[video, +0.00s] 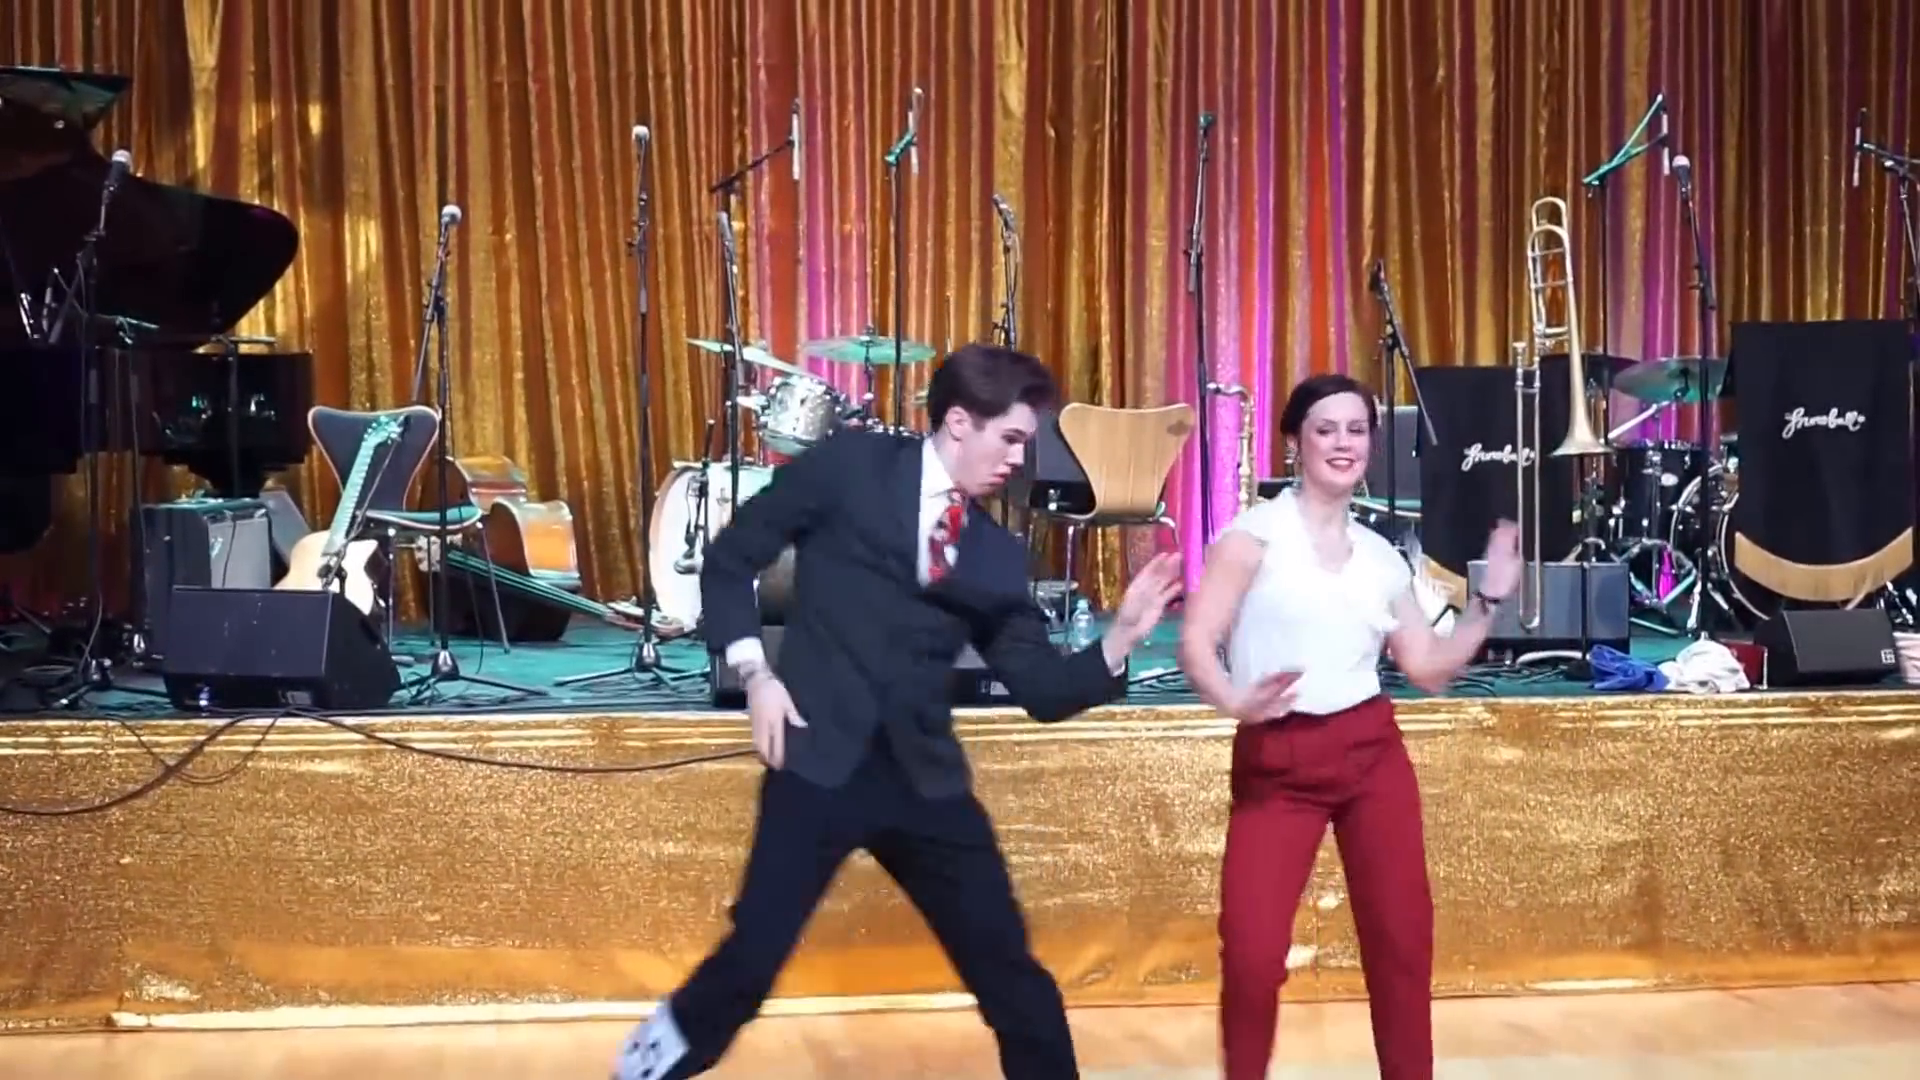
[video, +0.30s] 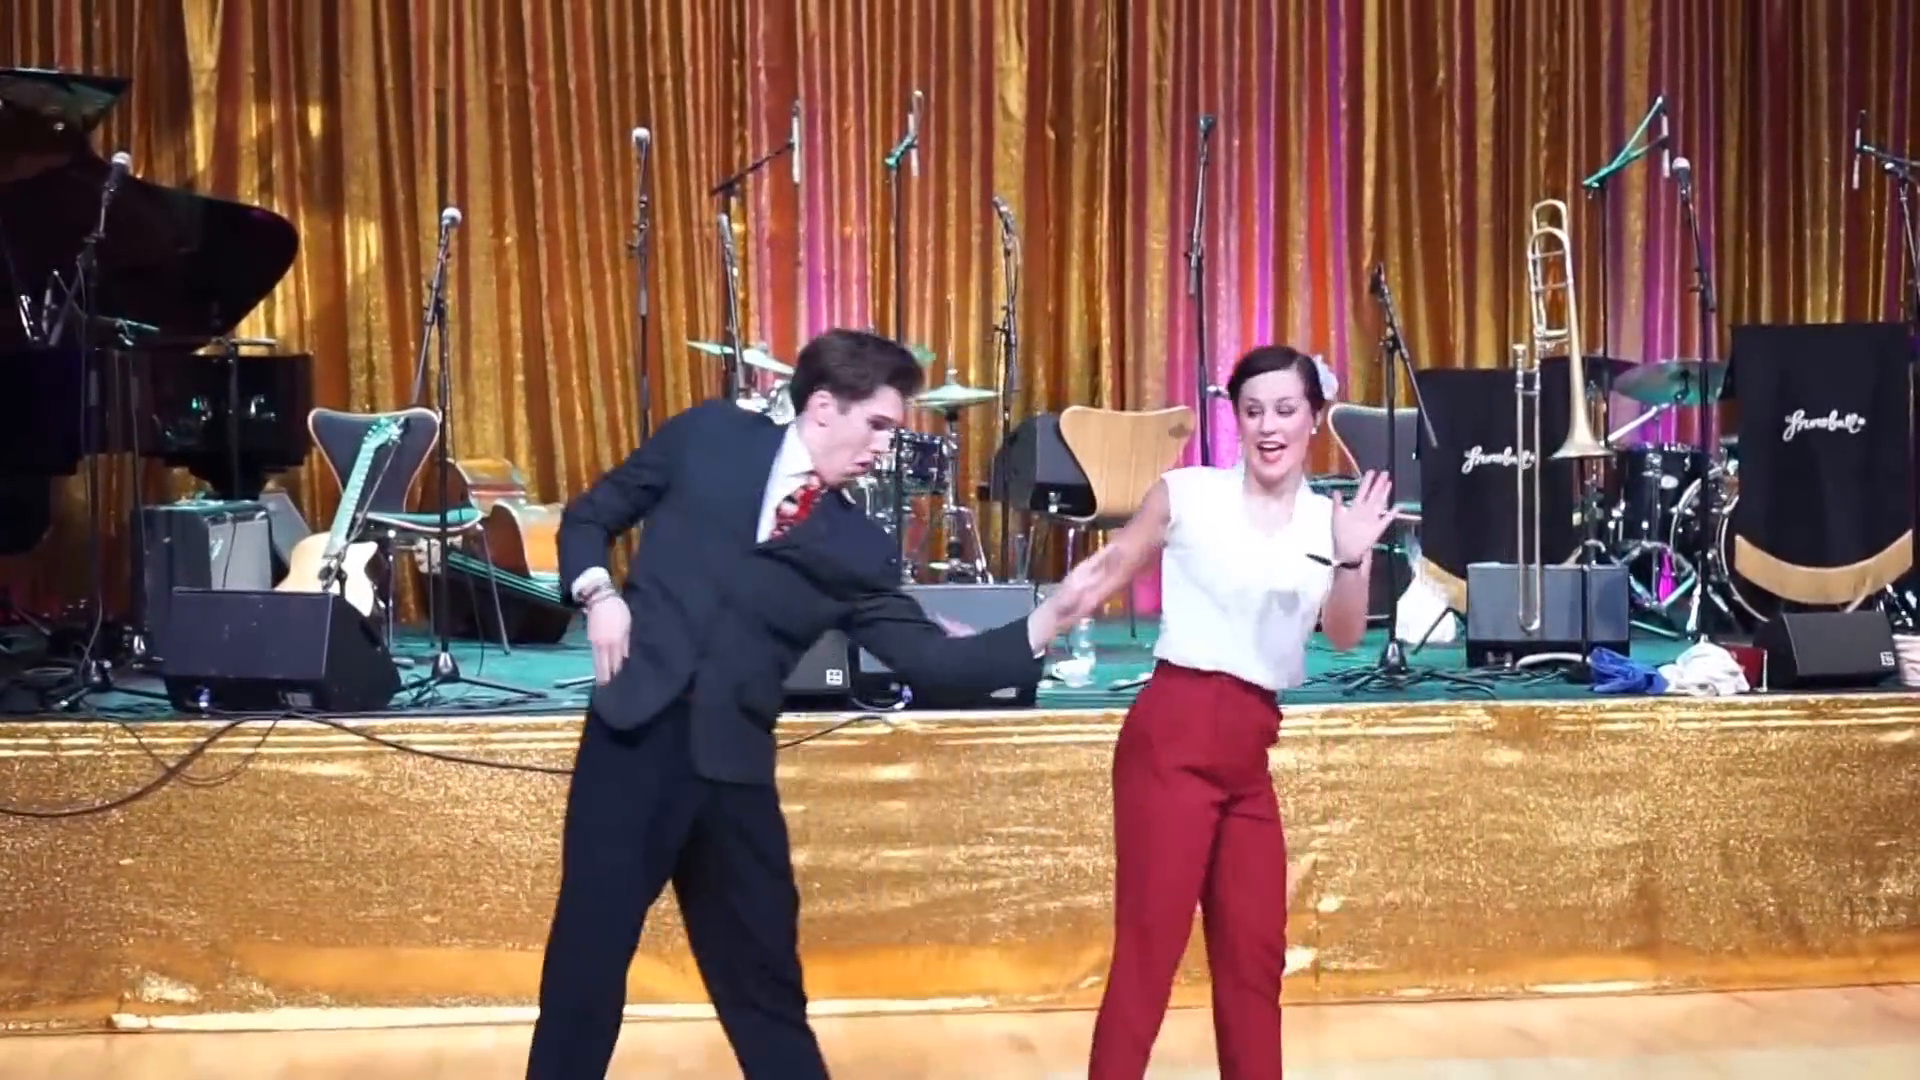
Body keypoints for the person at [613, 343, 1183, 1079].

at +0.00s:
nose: (1021, 460)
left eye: (1028, 444)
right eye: (1012, 438)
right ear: (955, 422)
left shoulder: (997, 556)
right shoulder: (848, 464)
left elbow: (1046, 694)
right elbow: (729, 557)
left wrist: (1121, 639)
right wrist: (754, 674)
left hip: (924, 771)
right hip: (818, 753)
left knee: (1013, 982)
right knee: (751, 963)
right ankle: (643, 1068)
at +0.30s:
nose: (885, 447)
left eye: (892, 431)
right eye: (878, 424)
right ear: (821, 407)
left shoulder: (857, 553)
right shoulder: (708, 433)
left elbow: (931, 661)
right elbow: (587, 517)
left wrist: (1049, 619)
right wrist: (598, 595)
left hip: (734, 768)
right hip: (628, 739)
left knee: (766, 999)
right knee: (581, 981)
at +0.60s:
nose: (719, 429)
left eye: (732, 412)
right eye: (703, 409)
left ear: (746, 411)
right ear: (654, 401)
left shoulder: (769, 519)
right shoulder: (582, 480)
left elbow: (737, 653)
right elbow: (593, 585)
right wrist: (630, 456)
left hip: (689, 778)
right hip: (576, 768)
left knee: (669, 970)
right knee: (535, 989)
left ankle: (686, 1061)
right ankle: (537, 1078)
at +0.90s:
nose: (746, 441)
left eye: (754, 423)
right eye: (726, 422)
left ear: (763, 421)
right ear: (671, 422)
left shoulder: (795, 540)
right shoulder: (595, 517)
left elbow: (845, 677)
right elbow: (490, 619)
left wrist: (897, 615)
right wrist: (564, 712)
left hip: (737, 809)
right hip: (628, 798)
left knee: (686, 1041)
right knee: (652, 1021)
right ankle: (540, 1068)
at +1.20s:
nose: (830, 467)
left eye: (840, 443)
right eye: (807, 450)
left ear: (856, 432)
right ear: (763, 449)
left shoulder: (928, 547)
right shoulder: (723, 563)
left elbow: (953, 717)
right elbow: (688, 741)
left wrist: (964, 869)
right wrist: (660, 633)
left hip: (867, 847)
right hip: (753, 845)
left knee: (891, 1047)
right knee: (765, 1051)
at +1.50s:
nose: (896, 478)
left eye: (907, 454)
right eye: (885, 462)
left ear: (969, 439)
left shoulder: (1088, 484)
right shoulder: (900, 558)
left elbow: (1165, 562)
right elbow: (843, 680)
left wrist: (1171, 671)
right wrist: (823, 558)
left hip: (1149, 816)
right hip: (1020, 834)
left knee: (1240, 1050)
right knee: (944, 1055)